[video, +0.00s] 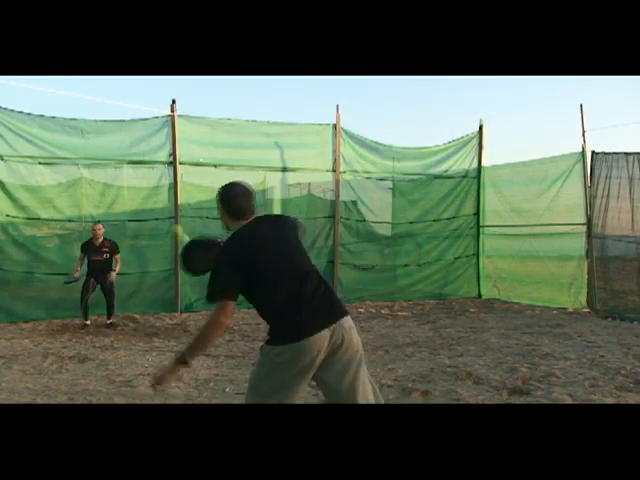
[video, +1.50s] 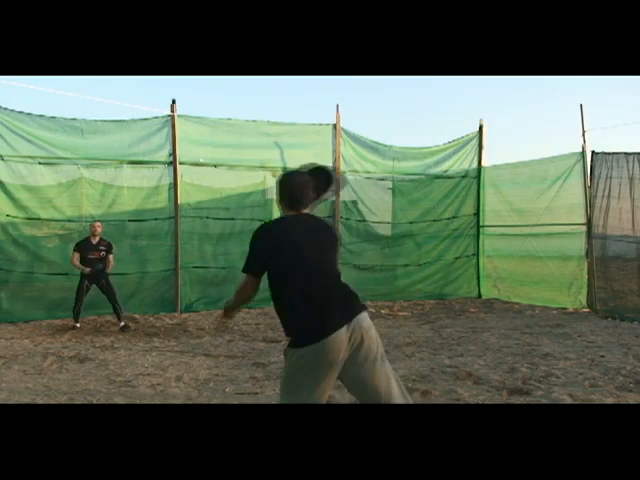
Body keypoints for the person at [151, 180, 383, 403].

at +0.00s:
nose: (220, 215)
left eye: (220, 210)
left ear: (223, 213)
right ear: (253, 205)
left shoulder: (231, 251)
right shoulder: (284, 223)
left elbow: (222, 319)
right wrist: (231, 250)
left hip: (294, 340)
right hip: (340, 323)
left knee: (263, 398)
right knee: (361, 398)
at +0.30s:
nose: (218, 226)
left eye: (218, 221)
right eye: (218, 220)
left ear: (223, 224)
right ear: (249, 214)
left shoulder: (241, 254)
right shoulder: (271, 231)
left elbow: (256, 316)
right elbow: (272, 281)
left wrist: (231, 373)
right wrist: (227, 299)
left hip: (310, 341)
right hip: (347, 321)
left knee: (268, 400)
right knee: (380, 397)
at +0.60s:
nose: (298, 216)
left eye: (298, 211)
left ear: (301, 214)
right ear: (328, 211)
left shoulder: (300, 247)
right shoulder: (352, 238)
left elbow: (311, 313)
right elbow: (375, 289)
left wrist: (289, 351)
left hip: (342, 351)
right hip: (384, 340)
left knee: (285, 399)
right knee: (390, 400)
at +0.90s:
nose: (346, 196)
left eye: (346, 192)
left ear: (349, 195)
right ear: (377, 198)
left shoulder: (336, 228)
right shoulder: (399, 228)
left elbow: (326, 288)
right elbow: (419, 286)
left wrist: (308, 308)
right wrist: (392, 302)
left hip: (357, 340)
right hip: (403, 335)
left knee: (325, 399)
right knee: (411, 399)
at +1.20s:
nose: (332, 192)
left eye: (333, 189)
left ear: (334, 194)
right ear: (363, 195)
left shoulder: (318, 229)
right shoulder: (383, 228)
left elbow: (284, 273)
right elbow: (414, 282)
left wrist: (295, 247)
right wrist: (388, 281)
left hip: (335, 342)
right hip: (383, 337)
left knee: (310, 400)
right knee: (402, 399)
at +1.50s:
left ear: (280, 199)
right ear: (311, 200)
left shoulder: (266, 233)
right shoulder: (326, 229)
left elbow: (250, 287)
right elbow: (326, 275)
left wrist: (231, 307)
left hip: (314, 339)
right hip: (356, 320)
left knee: (297, 399)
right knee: (389, 396)